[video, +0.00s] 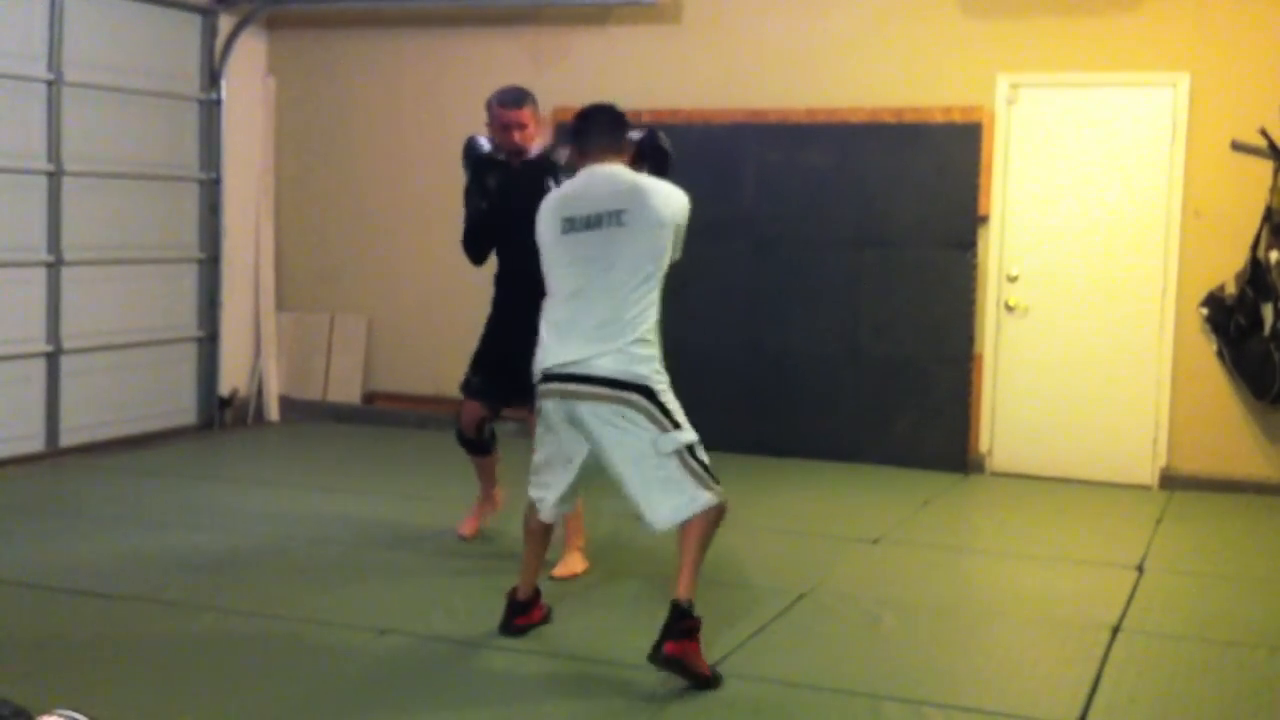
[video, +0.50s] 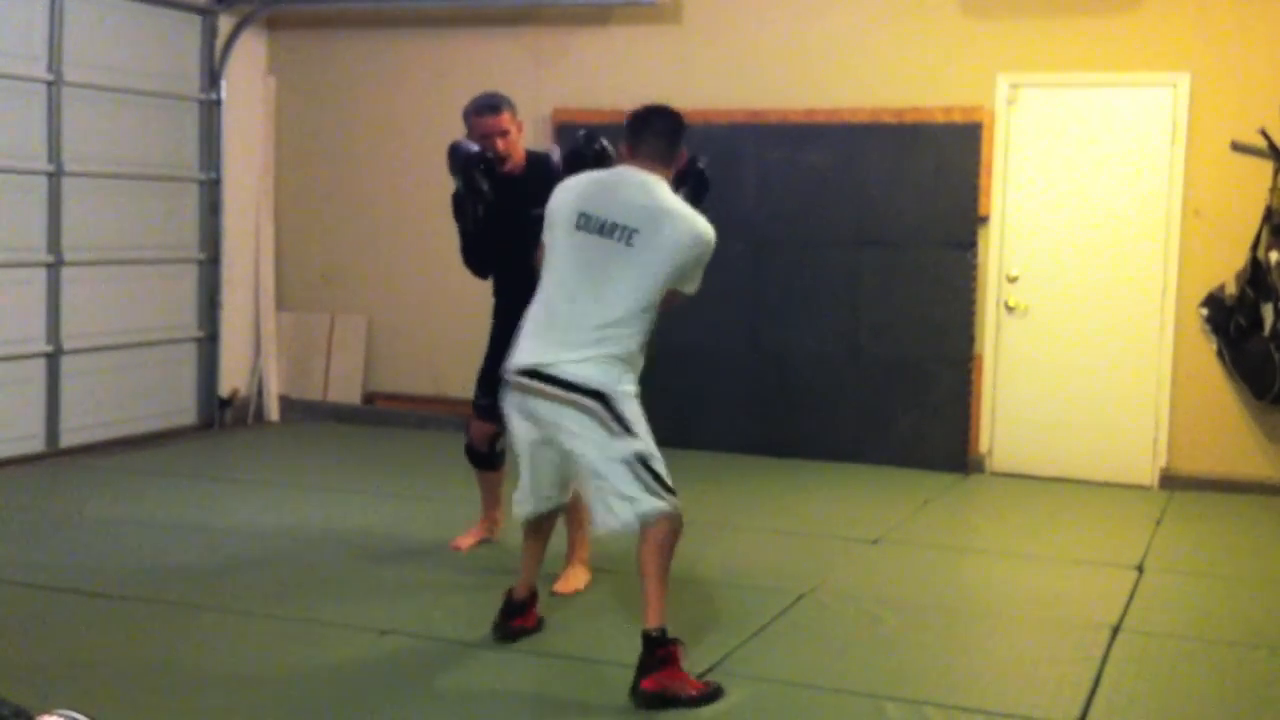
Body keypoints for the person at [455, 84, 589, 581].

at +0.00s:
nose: (512, 136)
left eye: (520, 126)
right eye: (503, 128)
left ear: (538, 124)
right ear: (491, 130)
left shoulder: (564, 171)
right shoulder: (490, 175)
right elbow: (478, 251)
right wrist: (485, 181)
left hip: (562, 307)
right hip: (512, 306)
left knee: (555, 423)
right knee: (472, 417)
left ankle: (574, 537)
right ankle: (489, 494)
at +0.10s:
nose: (501, 141)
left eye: (509, 130)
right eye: (492, 133)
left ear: (528, 125)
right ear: (479, 134)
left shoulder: (559, 170)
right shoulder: (485, 178)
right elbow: (481, 258)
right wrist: (477, 189)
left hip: (564, 305)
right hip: (514, 305)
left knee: (564, 419)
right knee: (475, 414)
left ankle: (576, 540)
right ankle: (487, 519)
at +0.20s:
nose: (493, 146)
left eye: (500, 135)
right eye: (482, 139)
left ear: (516, 128)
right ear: (468, 140)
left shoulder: (552, 171)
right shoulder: (474, 182)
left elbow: (577, 234)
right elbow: (480, 264)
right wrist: (471, 201)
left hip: (559, 305)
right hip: (509, 306)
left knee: (559, 421)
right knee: (485, 419)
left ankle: (578, 536)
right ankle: (491, 522)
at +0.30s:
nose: (489, 147)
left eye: (496, 136)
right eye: (478, 140)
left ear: (513, 128)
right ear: (465, 141)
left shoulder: (551, 170)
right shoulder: (471, 183)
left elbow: (578, 232)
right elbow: (478, 264)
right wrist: (472, 202)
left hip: (560, 304)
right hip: (509, 306)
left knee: (566, 418)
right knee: (487, 419)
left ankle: (581, 538)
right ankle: (492, 522)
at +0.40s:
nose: (490, 146)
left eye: (497, 134)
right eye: (479, 139)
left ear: (514, 127)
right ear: (467, 141)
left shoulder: (552, 171)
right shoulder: (472, 186)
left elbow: (580, 235)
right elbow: (477, 265)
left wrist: (588, 183)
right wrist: (470, 201)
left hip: (559, 309)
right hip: (508, 310)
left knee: (564, 424)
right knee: (489, 420)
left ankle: (579, 545)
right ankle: (493, 522)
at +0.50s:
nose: (496, 146)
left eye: (502, 134)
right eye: (485, 138)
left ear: (519, 129)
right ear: (470, 141)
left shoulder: (552, 173)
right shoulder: (474, 189)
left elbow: (578, 237)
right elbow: (481, 266)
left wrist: (587, 180)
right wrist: (472, 194)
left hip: (560, 311)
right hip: (511, 312)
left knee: (564, 431)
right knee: (483, 431)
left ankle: (579, 555)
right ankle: (490, 518)